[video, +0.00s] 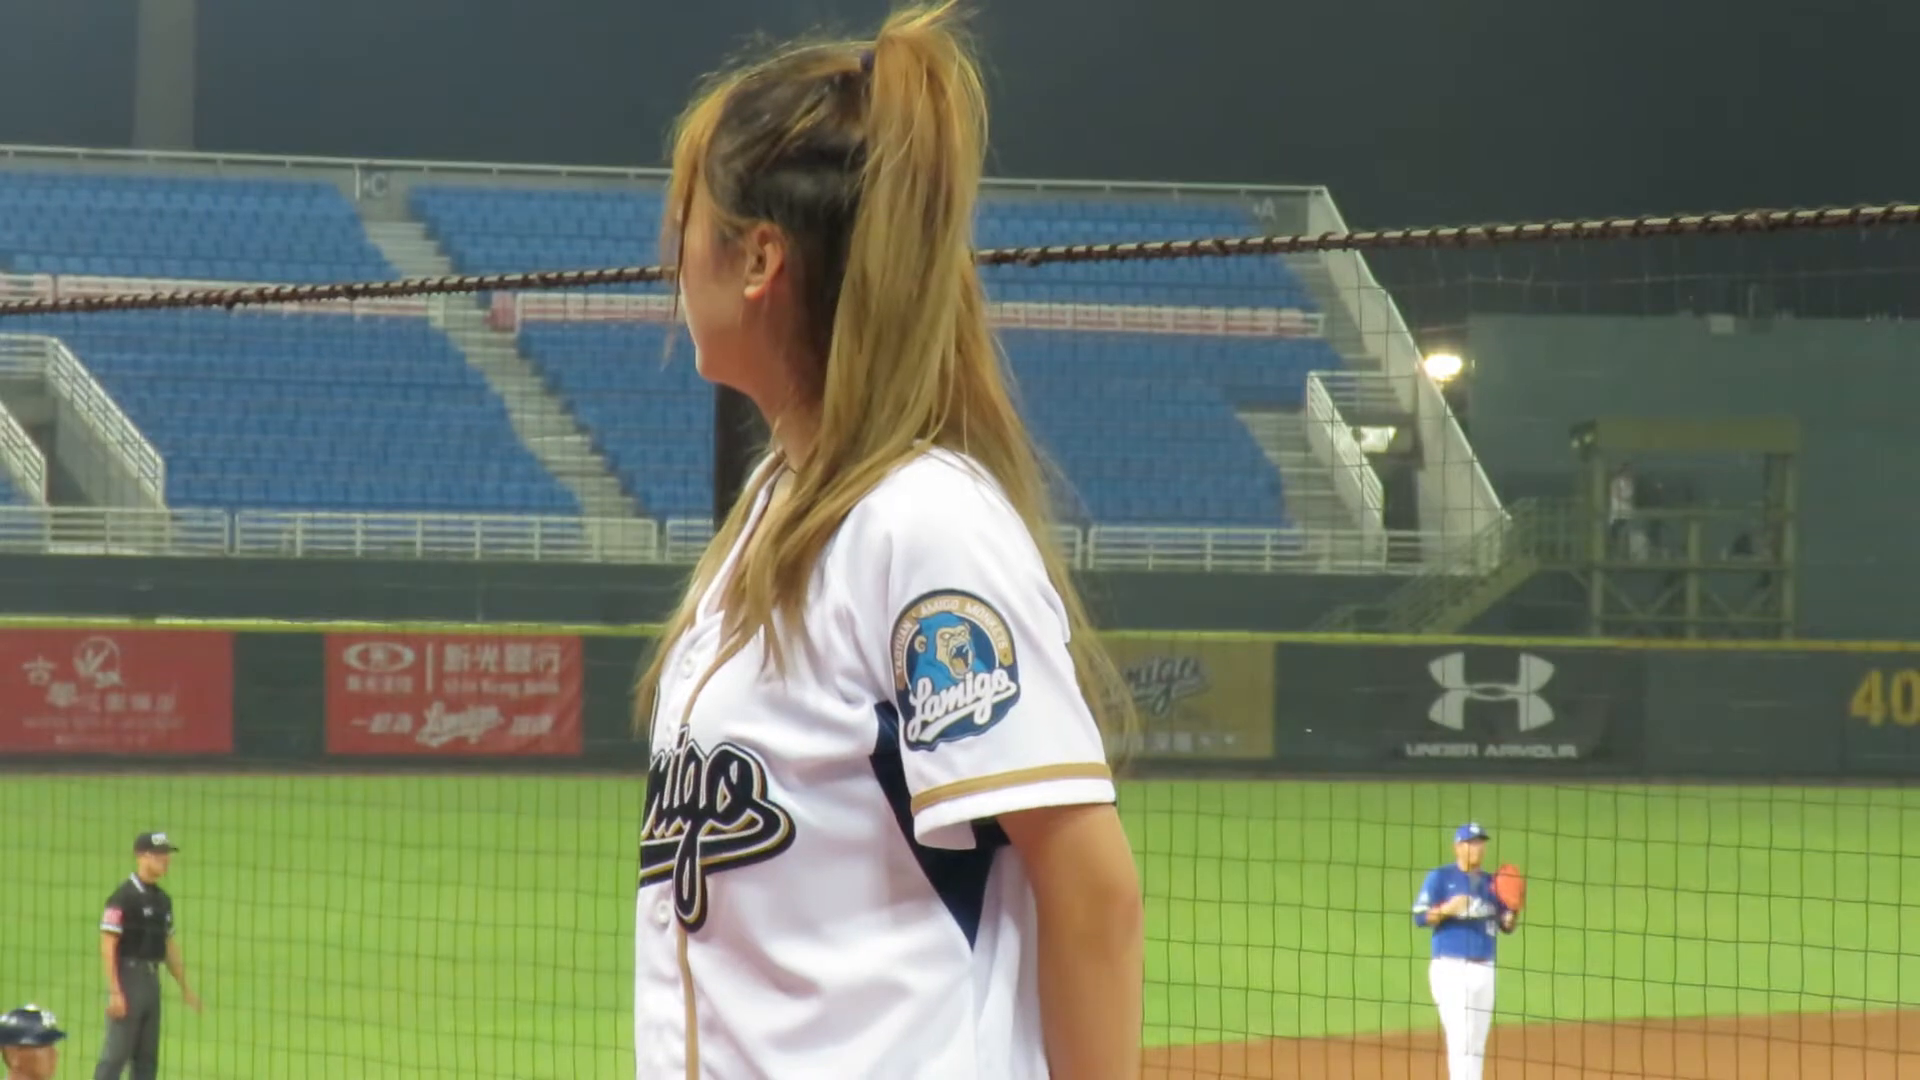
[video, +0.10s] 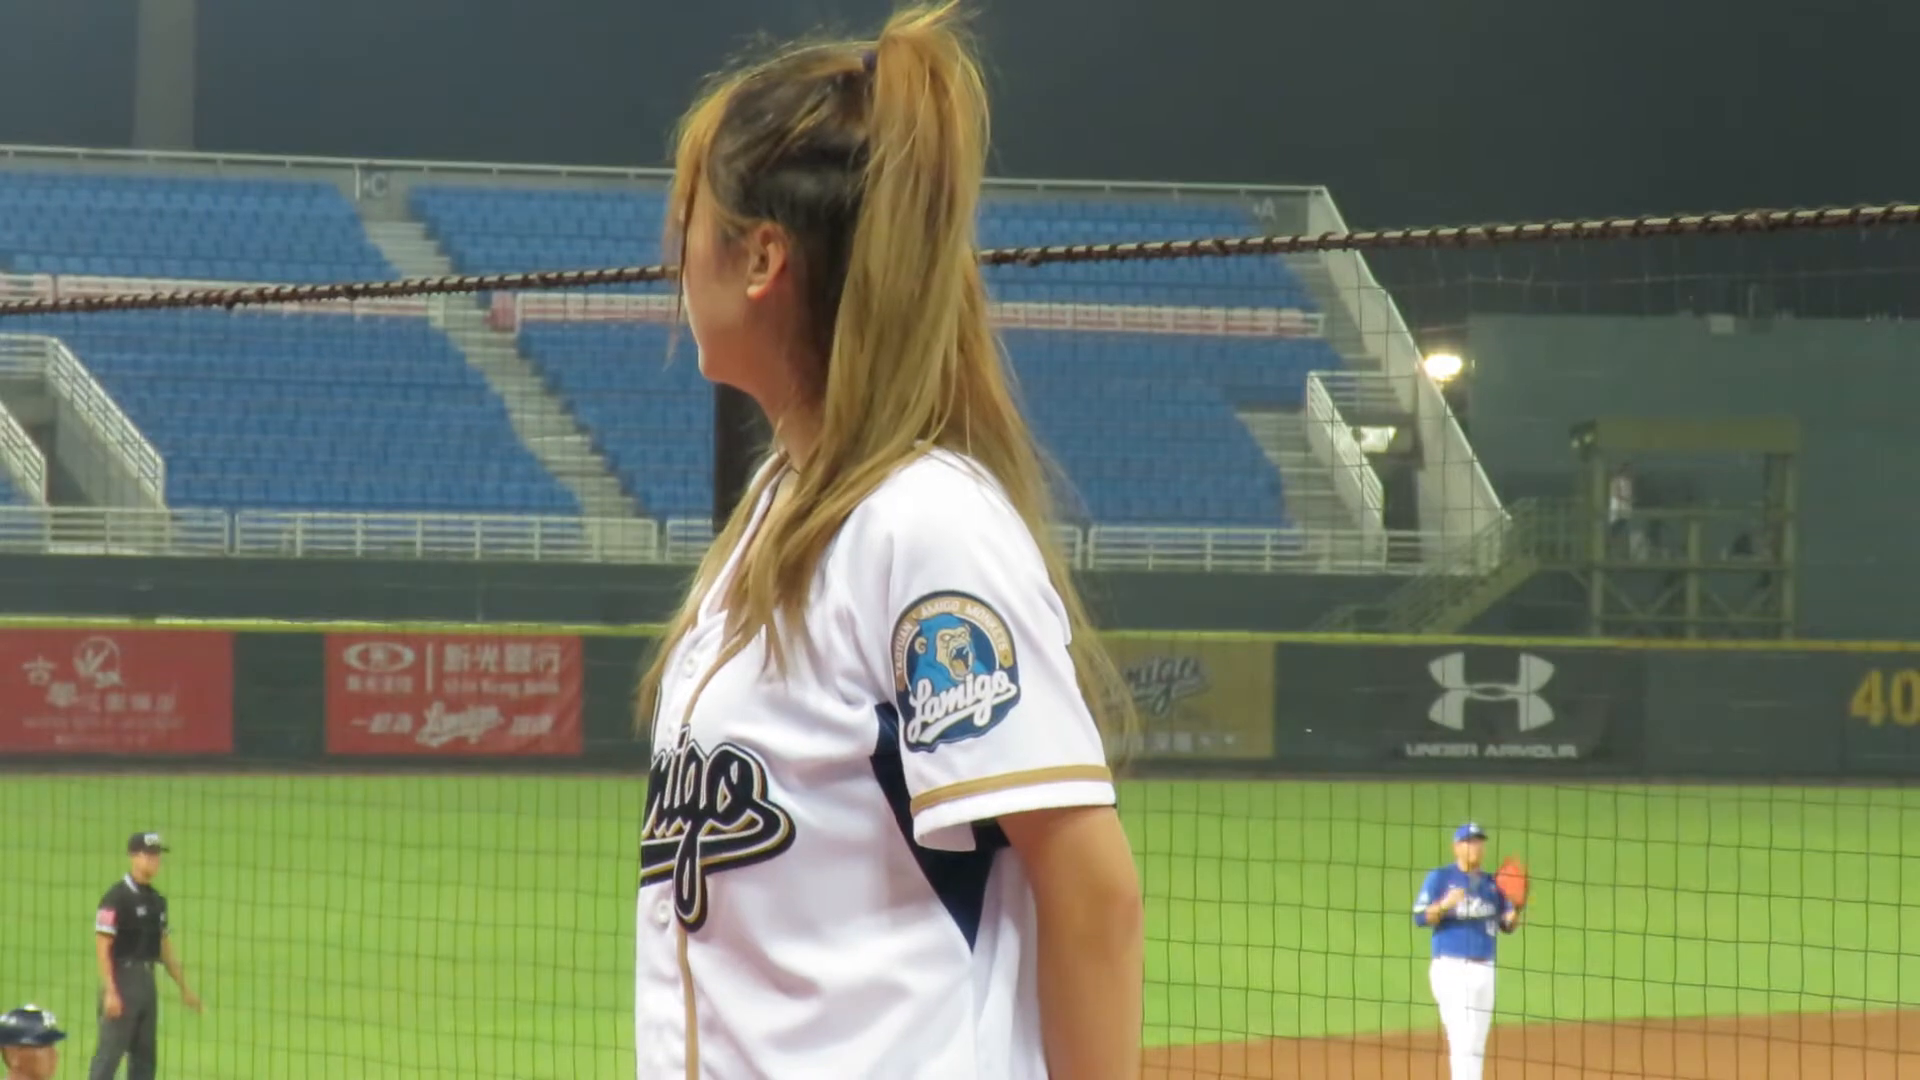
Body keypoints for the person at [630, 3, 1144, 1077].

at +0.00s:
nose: (674, 257)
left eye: (687, 222)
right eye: (682, 220)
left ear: (759, 262)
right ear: (763, 260)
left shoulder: (929, 522)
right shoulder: (770, 503)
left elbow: (1093, 886)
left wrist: (1085, 1070)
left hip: (882, 1056)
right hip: (716, 1051)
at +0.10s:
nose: (676, 257)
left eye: (690, 223)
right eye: (684, 221)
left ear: (763, 260)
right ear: (766, 259)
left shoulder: (930, 523)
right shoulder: (774, 506)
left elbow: (1093, 888)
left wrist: (1084, 1070)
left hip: (881, 1056)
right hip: (718, 1051)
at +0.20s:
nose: (678, 257)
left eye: (691, 223)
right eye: (686, 221)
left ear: (764, 261)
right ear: (768, 260)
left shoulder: (931, 525)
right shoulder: (775, 509)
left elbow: (1092, 888)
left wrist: (1084, 1076)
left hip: (882, 1060)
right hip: (719, 1054)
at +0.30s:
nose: (679, 258)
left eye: (693, 223)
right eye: (687, 222)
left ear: (767, 261)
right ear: (769, 260)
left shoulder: (933, 526)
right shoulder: (776, 509)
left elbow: (1094, 891)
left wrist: (1085, 1076)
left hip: (881, 1061)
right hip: (719, 1054)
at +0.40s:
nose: (681, 257)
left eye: (694, 223)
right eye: (688, 221)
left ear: (768, 260)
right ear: (772, 259)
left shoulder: (935, 527)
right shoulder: (777, 508)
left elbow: (1097, 892)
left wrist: (1087, 1075)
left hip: (882, 1060)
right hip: (720, 1054)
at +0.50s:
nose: (682, 258)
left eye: (695, 224)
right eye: (689, 222)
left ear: (770, 259)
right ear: (773, 258)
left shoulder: (938, 527)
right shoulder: (780, 506)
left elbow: (1098, 897)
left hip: (883, 1055)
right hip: (718, 1051)